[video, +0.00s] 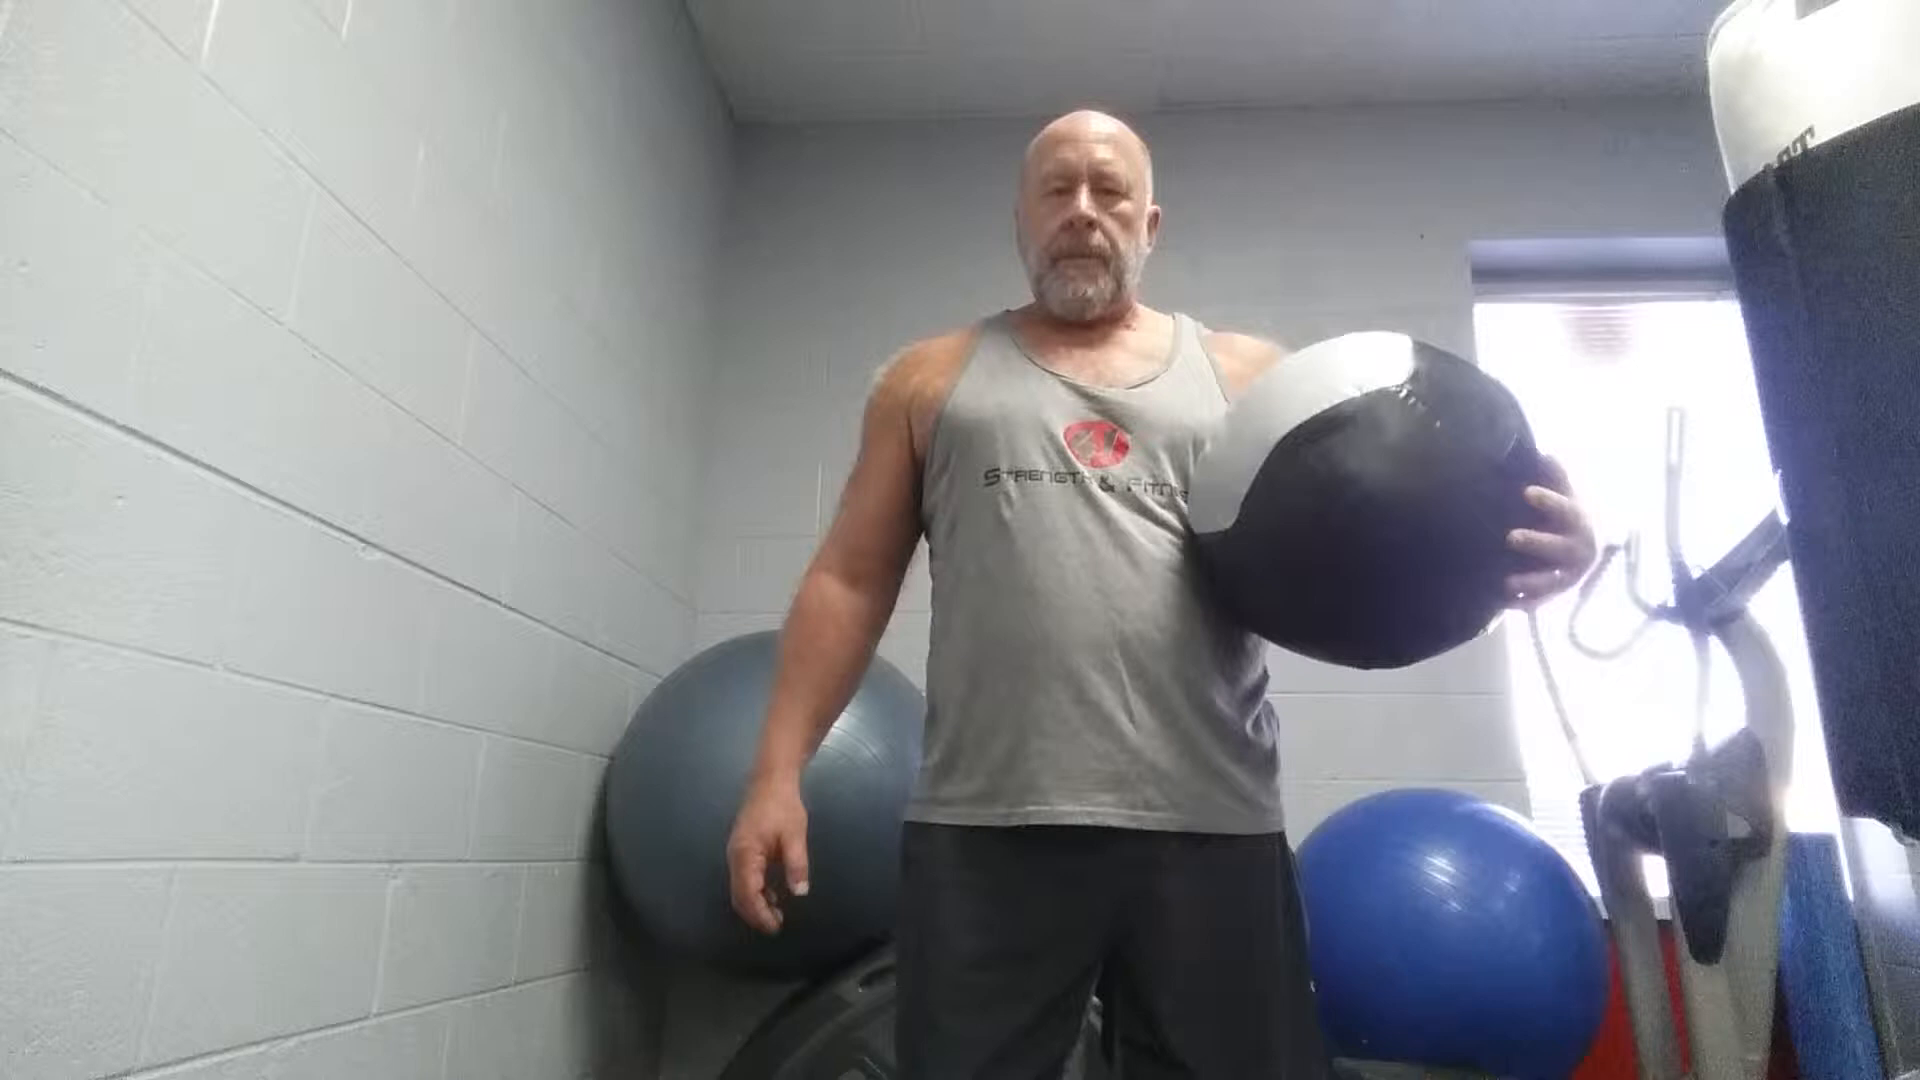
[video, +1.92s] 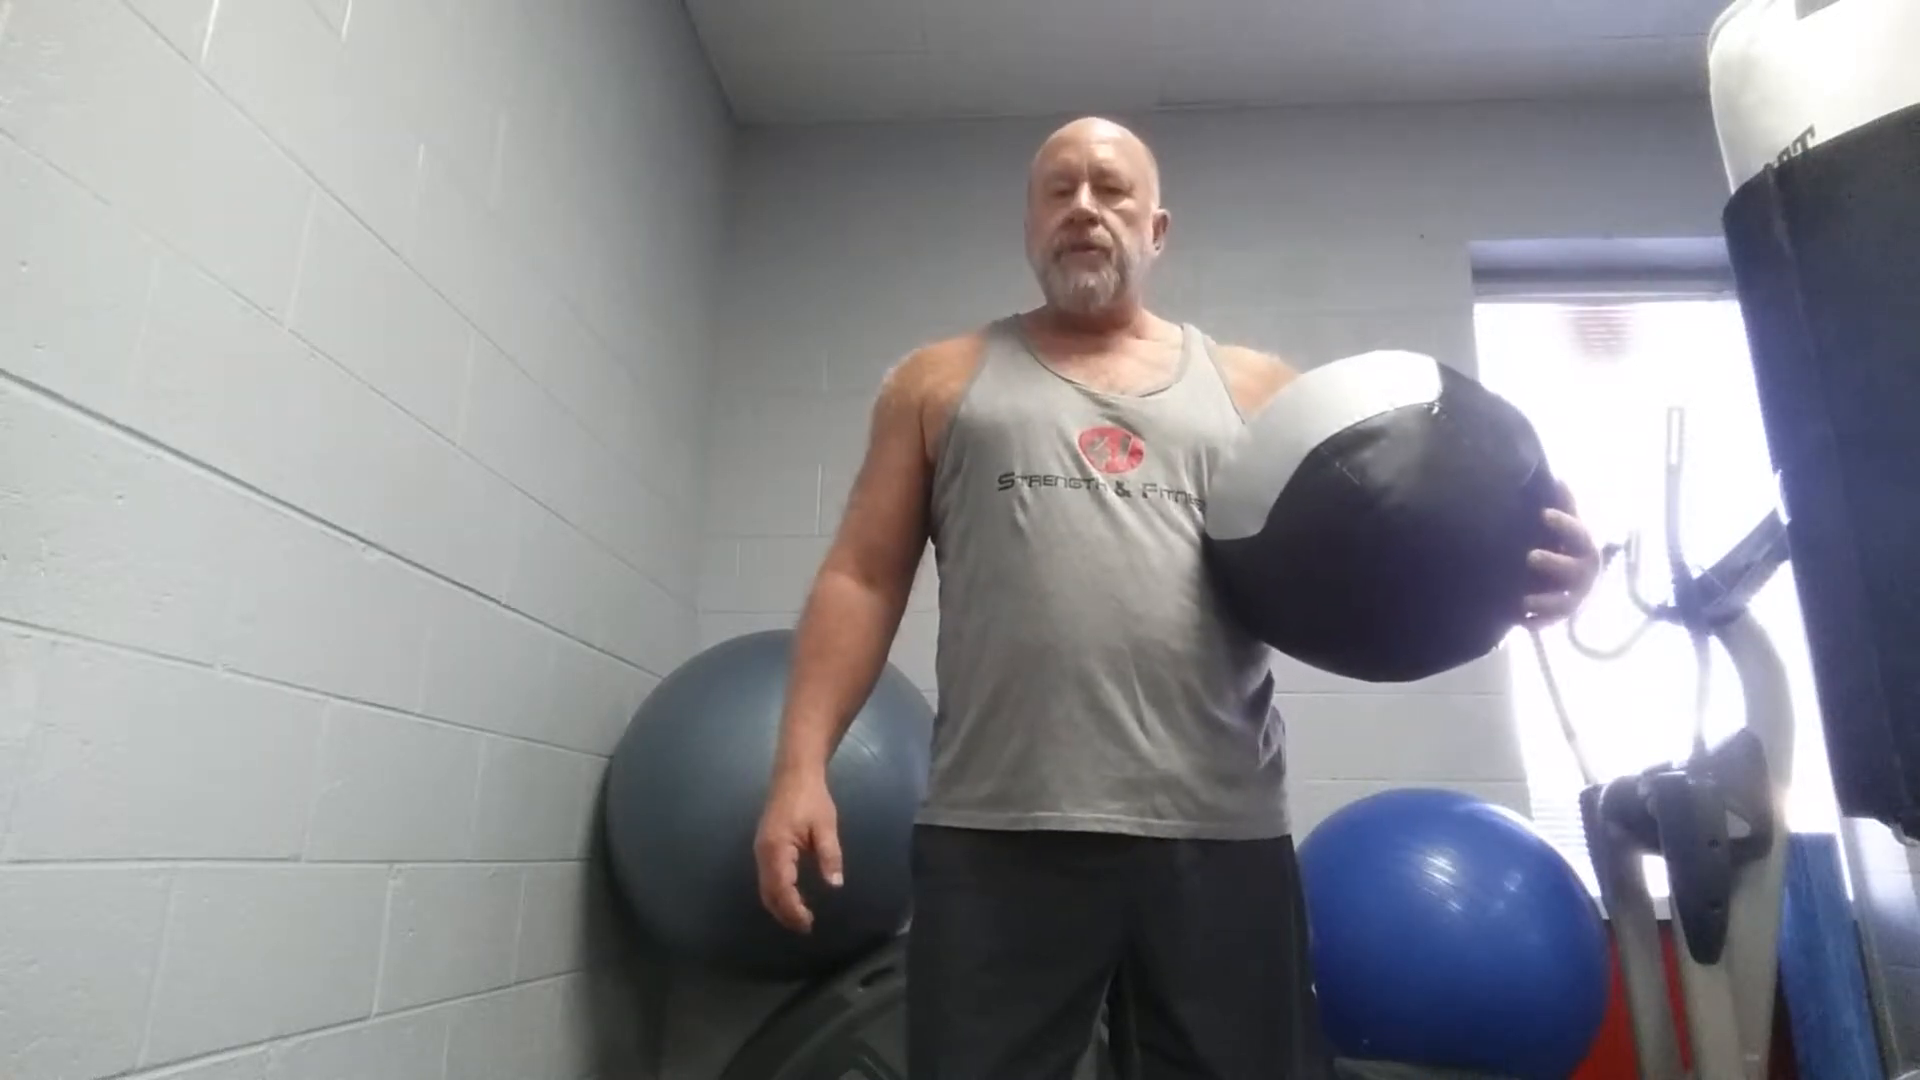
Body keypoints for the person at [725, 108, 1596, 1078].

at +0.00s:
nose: (1080, 209)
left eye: (1108, 190)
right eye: (1055, 189)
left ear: (1152, 222)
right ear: (1021, 222)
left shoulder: (1245, 371)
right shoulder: (930, 379)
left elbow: (1395, 514)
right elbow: (849, 581)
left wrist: (1547, 545)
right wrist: (776, 774)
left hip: (1210, 835)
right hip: (984, 834)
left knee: (1247, 1067)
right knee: (962, 1066)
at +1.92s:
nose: (1084, 207)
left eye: (1112, 189)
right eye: (1059, 190)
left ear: (1158, 226)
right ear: (1028, 227)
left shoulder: (1252, 384)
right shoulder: (941, 381)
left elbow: (1397, 528)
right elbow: (861, 576)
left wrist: (1540, 566)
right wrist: (800, 768)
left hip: (1222, 842)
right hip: (995, 840)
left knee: (1246, 1069)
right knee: (977, 1068)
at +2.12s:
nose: (1082, 205)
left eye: (1109, 186)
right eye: (1057, 186)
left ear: (1156, 223)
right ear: (1024, 222)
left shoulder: (1254, 384)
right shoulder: (939, 380)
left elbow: (1396, 533)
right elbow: (860, 576)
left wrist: (1537, 569)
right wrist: (799, 768)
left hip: (1221, 845)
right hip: (994, 843)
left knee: (1249, 1070)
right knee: (975, 1068)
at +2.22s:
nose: (1082, 205)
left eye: (1109, 186)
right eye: (1057, 186)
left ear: (1156, 221)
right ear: (1023, 221)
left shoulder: (1254, 384)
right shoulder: (938, 382)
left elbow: (1400, 534)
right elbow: (859, 579)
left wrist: (1544, 568)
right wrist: (799, 768)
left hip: (1220, 847)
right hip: (993, 843)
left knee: (1247, 1067)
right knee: (975, 1064)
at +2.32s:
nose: (1083, 208)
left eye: (1110, 188)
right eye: (1057, 189)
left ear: (1155, 220)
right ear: (1022, 220)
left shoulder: (1255, 383)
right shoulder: (936, 383)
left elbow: (1395, 538)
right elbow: (859, 580)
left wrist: (1538, 568)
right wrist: (799, 769)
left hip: (1220, 848)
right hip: (994, 845)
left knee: (1248, 1067)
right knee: (976, 1064)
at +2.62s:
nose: (1077, 215)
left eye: (1105, 193)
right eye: (1052, 192)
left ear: (1151, 217)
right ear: (1016, 215)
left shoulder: (1255, 377)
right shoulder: (932, 386)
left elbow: (1401, 532)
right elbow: (862, 585)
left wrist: (1543, 565)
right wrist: (806, 782)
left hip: (1221, 849)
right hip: (992, 849)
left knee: (1248, 1070)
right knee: (975, 1070)